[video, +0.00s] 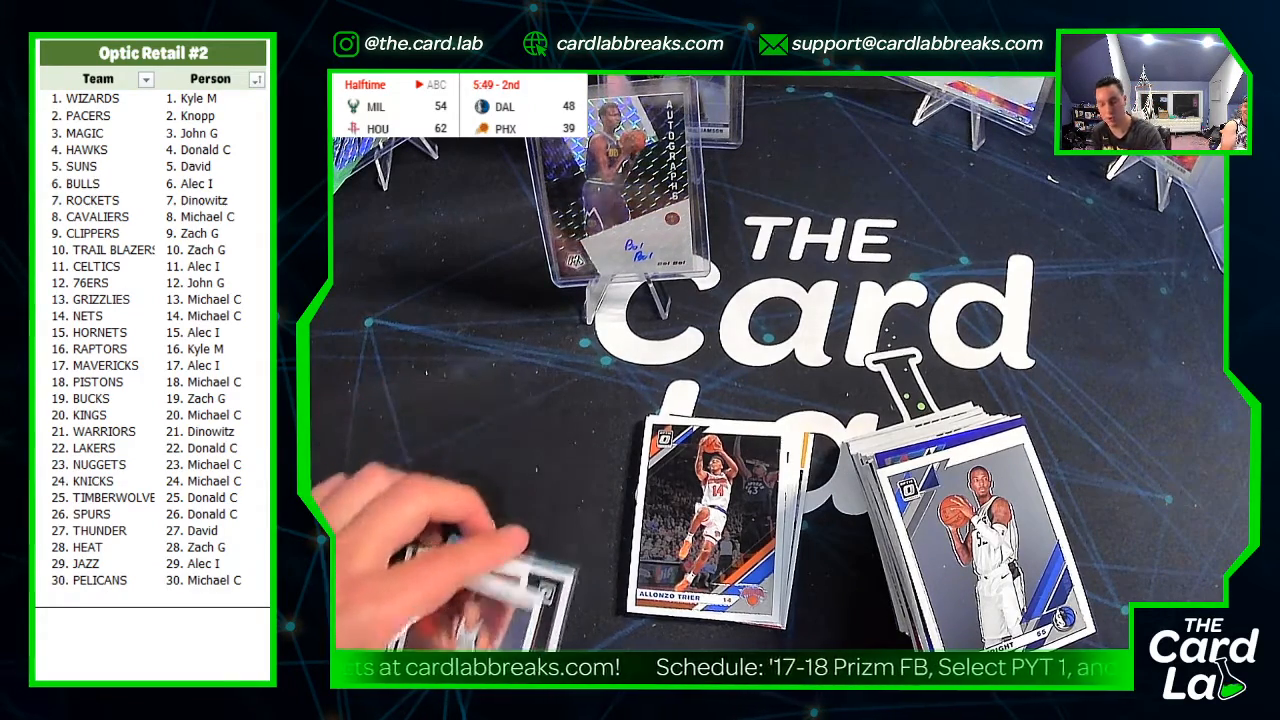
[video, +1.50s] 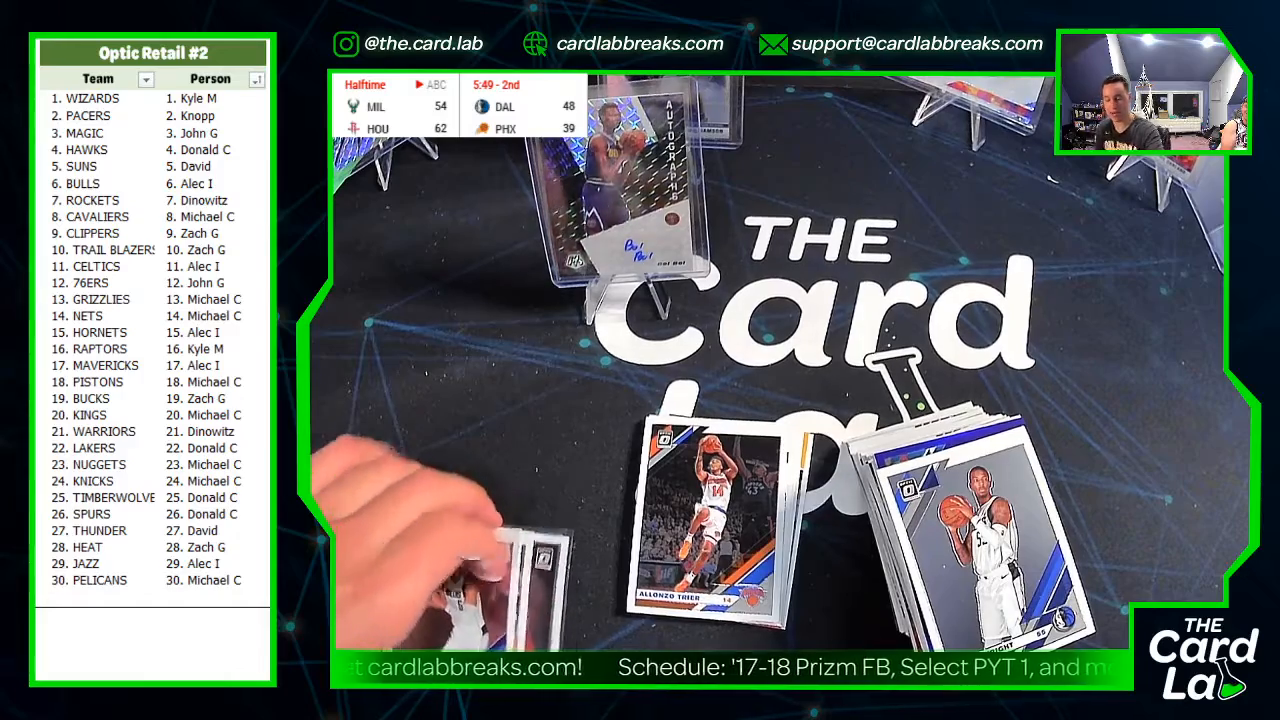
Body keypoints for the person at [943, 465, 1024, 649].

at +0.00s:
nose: (980, 483)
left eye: (983, 478)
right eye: (975, 480)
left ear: (990, 481)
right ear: (970, 485)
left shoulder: (1000, 504)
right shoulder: (974, 517)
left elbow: (997, 539)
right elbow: (965, 559)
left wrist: (972, 517)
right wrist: (954, 530)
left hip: (1007, 579)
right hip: (985, 585)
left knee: (1018, 632)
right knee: (991, 639)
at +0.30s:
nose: (980, 483)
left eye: (983, 478)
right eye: (975, 480)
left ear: (990, 481)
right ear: (970, 485)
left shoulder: (1000, 504)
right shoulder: (974, 518)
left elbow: (997, 539)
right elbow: (965, 559)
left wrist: (972, 516)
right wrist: (953, 530)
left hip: (1007, 579)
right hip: (985, 585)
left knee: (1018, 632)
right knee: (991, 639)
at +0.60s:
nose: (980, 483)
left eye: (984, 479)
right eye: (976, 480)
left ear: (990, 482)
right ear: (970, 485)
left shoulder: (1000, 504)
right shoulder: (974, 517)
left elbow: (997, 538)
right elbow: (965, 559)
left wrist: (972, 516)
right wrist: (953, 531)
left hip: (1007, 579)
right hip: (985, 585)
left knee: (1018, 632)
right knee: (991, 640)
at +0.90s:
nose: (980, 483)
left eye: (983, 479)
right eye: (975, 480)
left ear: (990, 481)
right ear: (970, 485)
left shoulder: (1000, 504)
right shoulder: (974, 517)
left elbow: (997, 538)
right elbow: (965, 559)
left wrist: (972, 517)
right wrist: (953, 531)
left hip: (1007, 579)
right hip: (985, 585)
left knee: (1018, 633)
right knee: (992, 640)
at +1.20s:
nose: (980, 484)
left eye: (983, 479)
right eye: (975, 480)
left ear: (990, 482)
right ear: (970, 486)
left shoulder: (1000, 504)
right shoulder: (974, 517)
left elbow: (996, 538)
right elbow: (965, 559)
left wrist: (972, 517)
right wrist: (953, 531)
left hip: (1007, 579)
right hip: (985, 585)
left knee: (1018, 633)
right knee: (991, 640)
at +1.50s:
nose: (980, 484)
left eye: (983, 479)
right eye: (975, 480)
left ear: (990, 482)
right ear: (970, 486)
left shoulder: (1000, 504)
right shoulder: (974, 517)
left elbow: (996, 538)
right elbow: (965, 559)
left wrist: (972, 517)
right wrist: (953, 531)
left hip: (1007, 579)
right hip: (985, 585)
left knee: (1018, 633)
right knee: (991, 640)